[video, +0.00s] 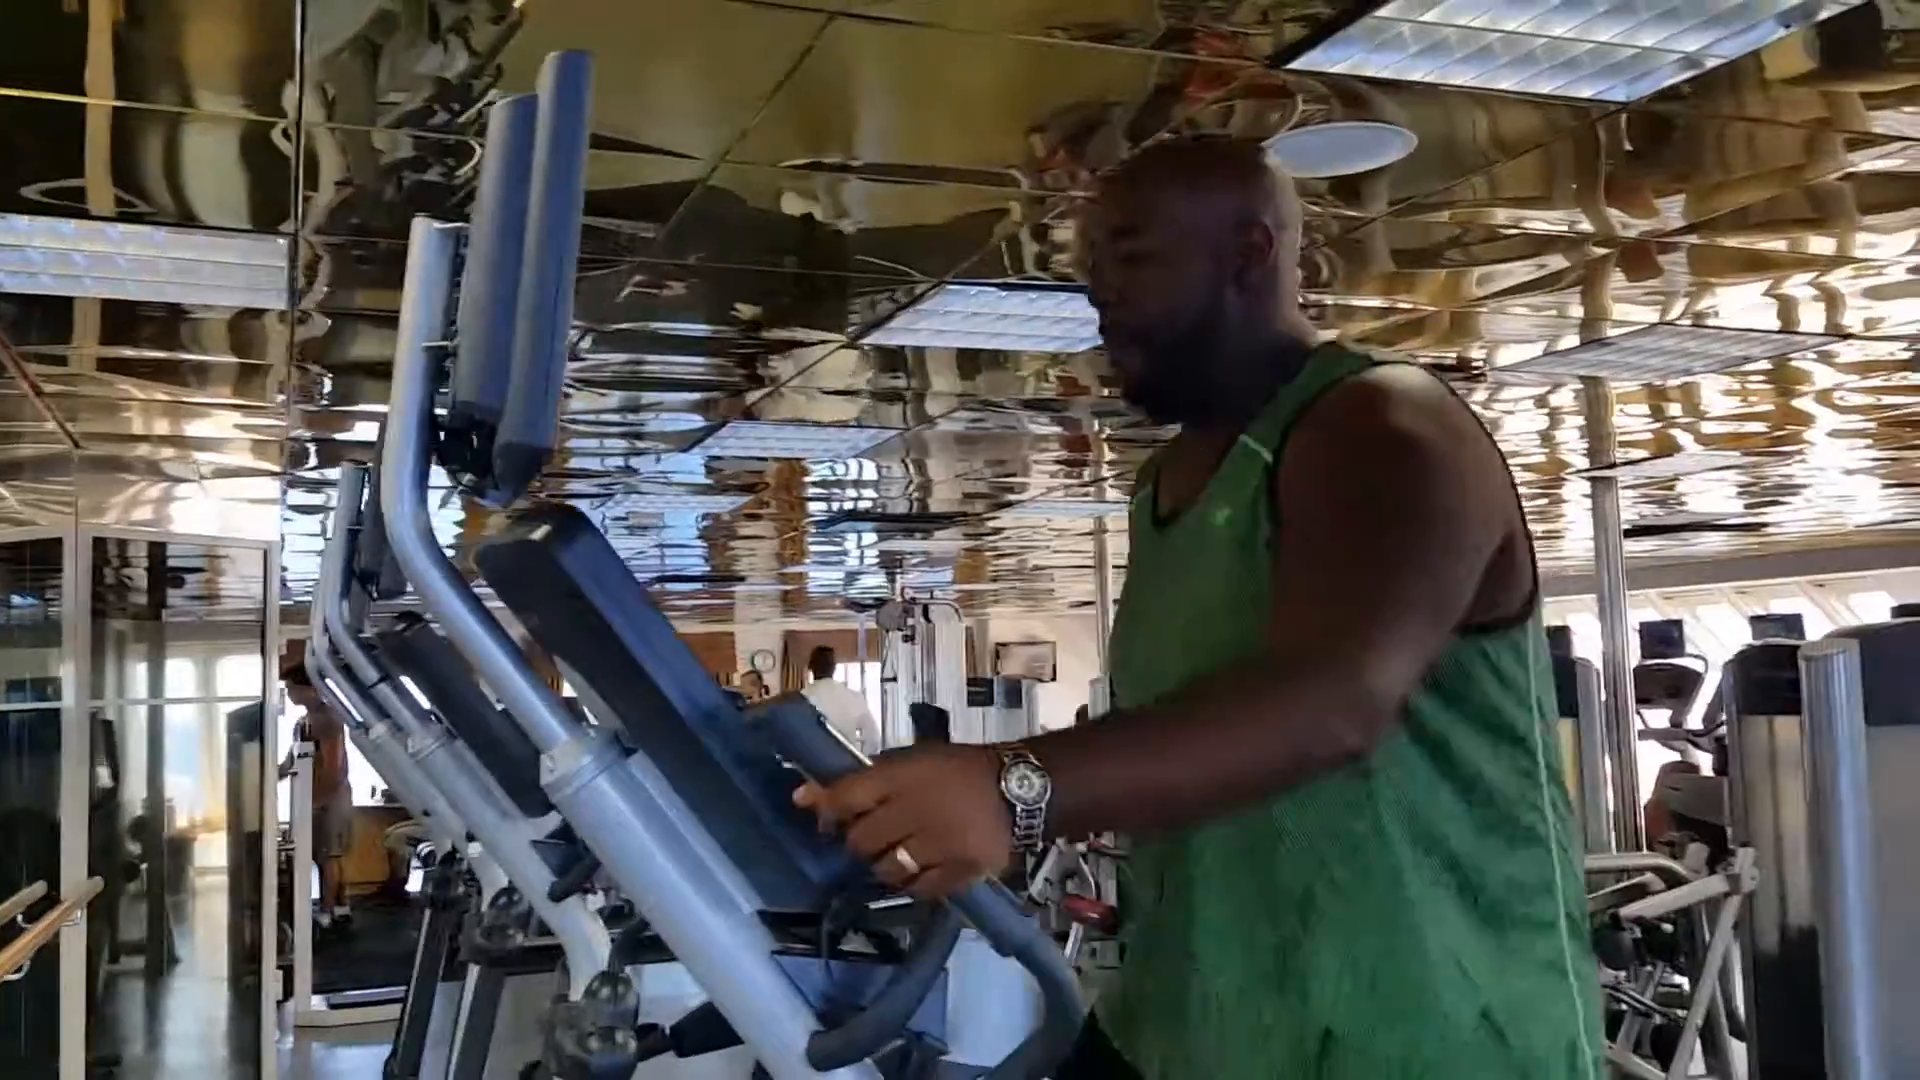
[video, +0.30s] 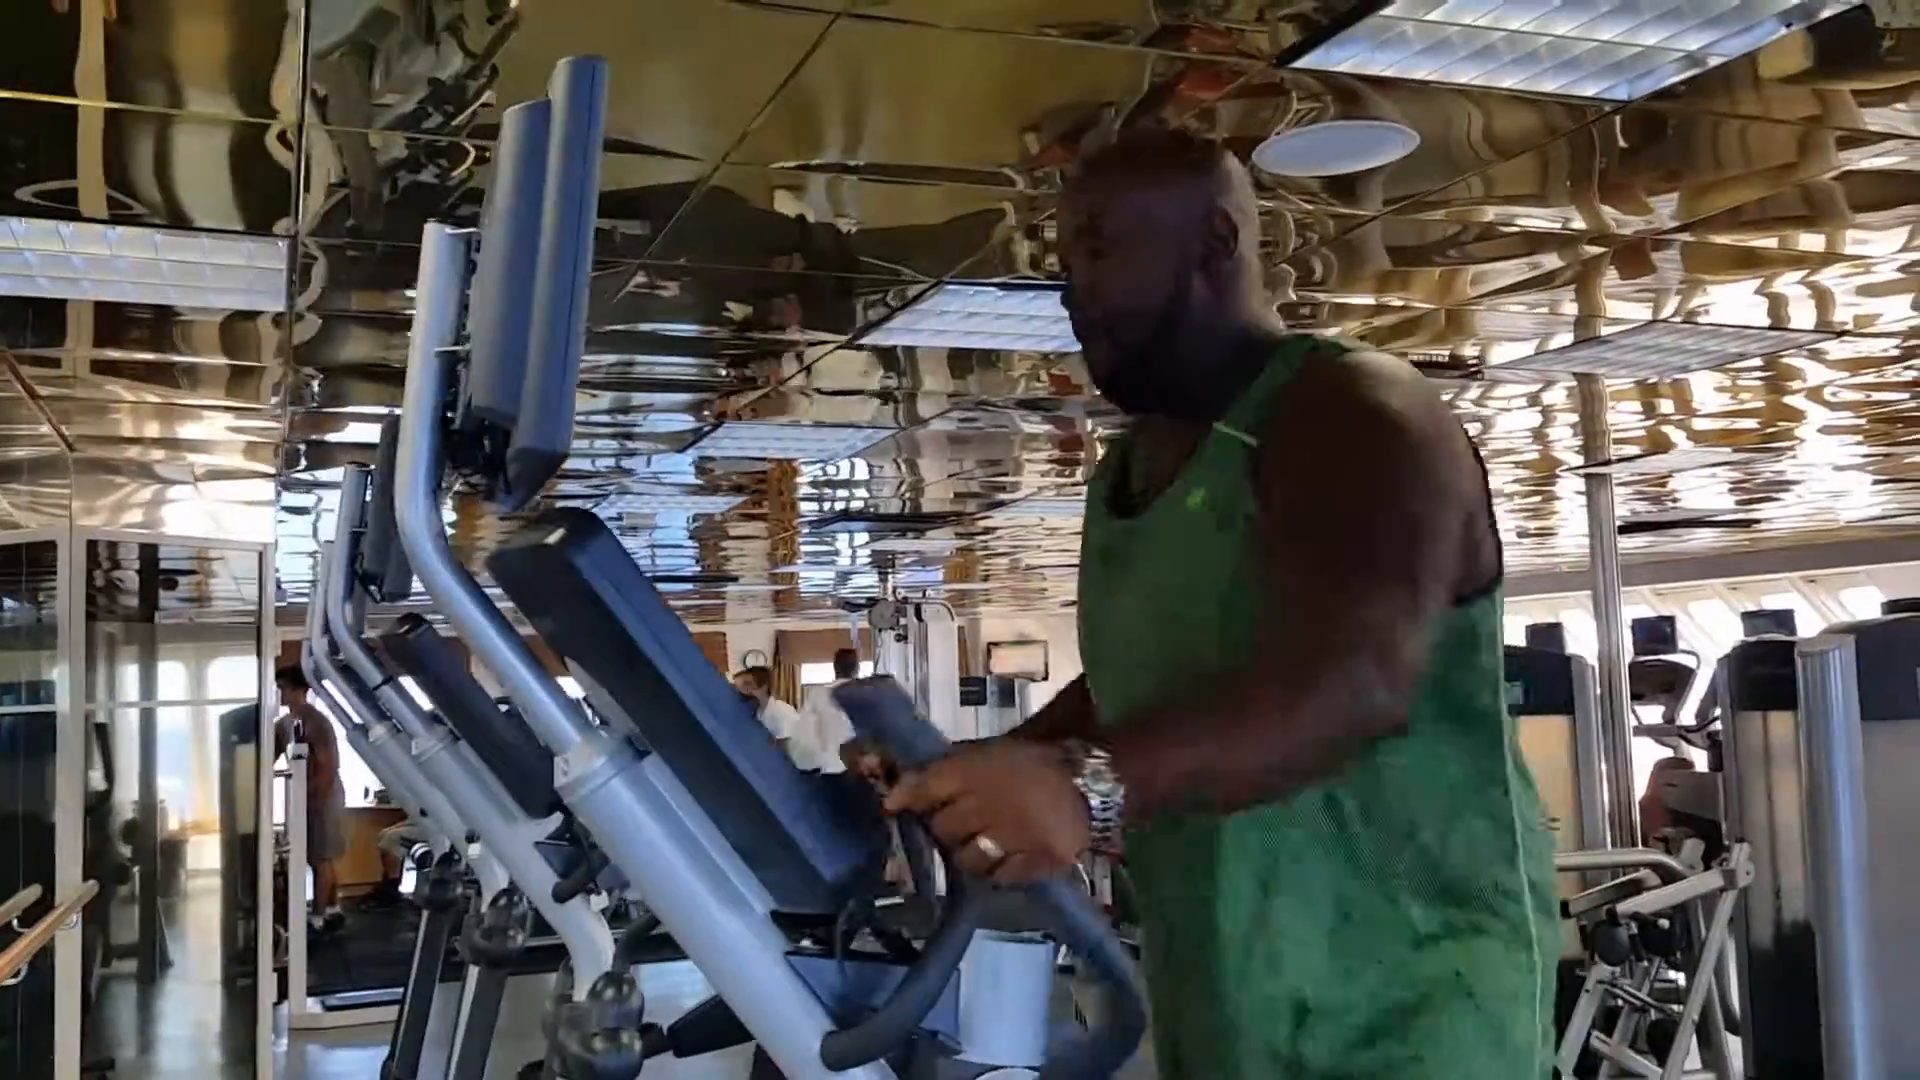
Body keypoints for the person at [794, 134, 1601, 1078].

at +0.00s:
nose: (1097, 295)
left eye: (1129, 255)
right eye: (1095, 265)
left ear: (1254, 256)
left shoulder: (1396, 428)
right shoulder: (1168, 484)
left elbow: (1337, 700)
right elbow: (1182, 738)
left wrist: (1021, 788)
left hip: (1414, 1033)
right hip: (1207, 1024)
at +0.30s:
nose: (1070, 290)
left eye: (1098, 246)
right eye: (1069, 259)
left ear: (1214, 249)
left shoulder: (1366, 415)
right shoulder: (1127, 474)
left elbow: (1357, 681)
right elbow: (1132, 679)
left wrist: (1092, 786)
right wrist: (988, 776)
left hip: (1408, 1006)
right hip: (1221, 1008)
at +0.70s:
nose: (1119, 269)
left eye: (1154, 229)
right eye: (1124, 234)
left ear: (1273, 230)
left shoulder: (1432, 404)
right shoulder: (1138, 494)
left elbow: (1631, 667)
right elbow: (974, 673)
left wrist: (1436, 861)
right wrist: (768, 764)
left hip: (1462, 1017)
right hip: (1252, 1020)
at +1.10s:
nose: (1180, 336)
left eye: (1212, 299)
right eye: (1178, 306)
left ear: (1331, 305)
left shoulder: (1474, 485)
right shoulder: (1242, 525)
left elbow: (1490, 774)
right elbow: (1210, 728)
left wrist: (1172, 813)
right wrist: (1015, 796)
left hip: (1492, 1049)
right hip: (1289, 1046)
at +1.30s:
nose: (1142, 295)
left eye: (1174, 258)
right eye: (1139, 265)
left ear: (1286, 251)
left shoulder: (1414, 416)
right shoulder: (1230, 454)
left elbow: (1375, 666)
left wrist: (1085, 804)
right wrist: (1153, 745)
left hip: (1460, 1014)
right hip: (1286, 1006)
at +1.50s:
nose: (1129, 317)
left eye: (1159, 279)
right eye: (1123, 290)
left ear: (1266, 274)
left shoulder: (1408, 436)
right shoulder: (1188, 483)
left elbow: (1398, 682)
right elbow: (1189, 693)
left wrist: (1139, 797)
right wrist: (1049, 792)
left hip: (1440, 1016)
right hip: (1257, 1019)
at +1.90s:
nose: (1134, 308)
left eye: (1165, 271)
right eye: (1131, 278)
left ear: (1278, 263)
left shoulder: (1443, 435)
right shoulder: (1153, 517)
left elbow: (1639, 693)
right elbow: (1010, 691)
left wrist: (1457, 867)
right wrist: (811, 777)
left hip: (1465, 1008)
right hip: (1260, 1015)